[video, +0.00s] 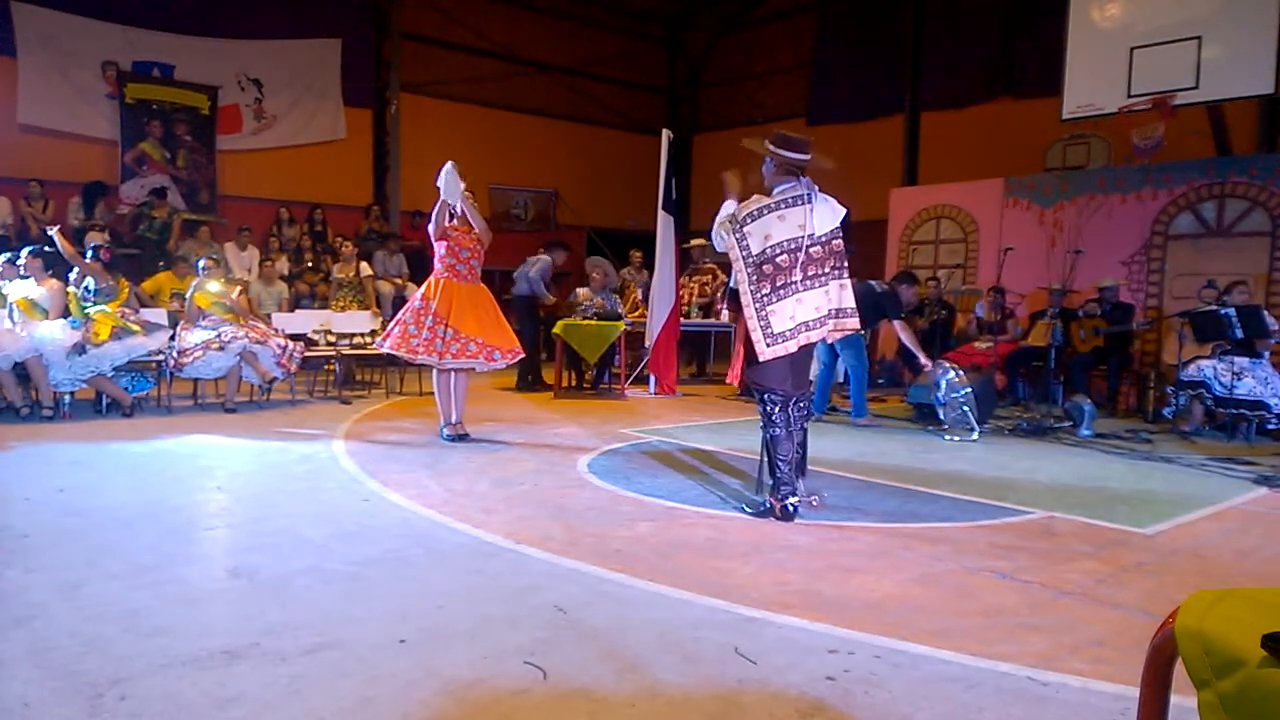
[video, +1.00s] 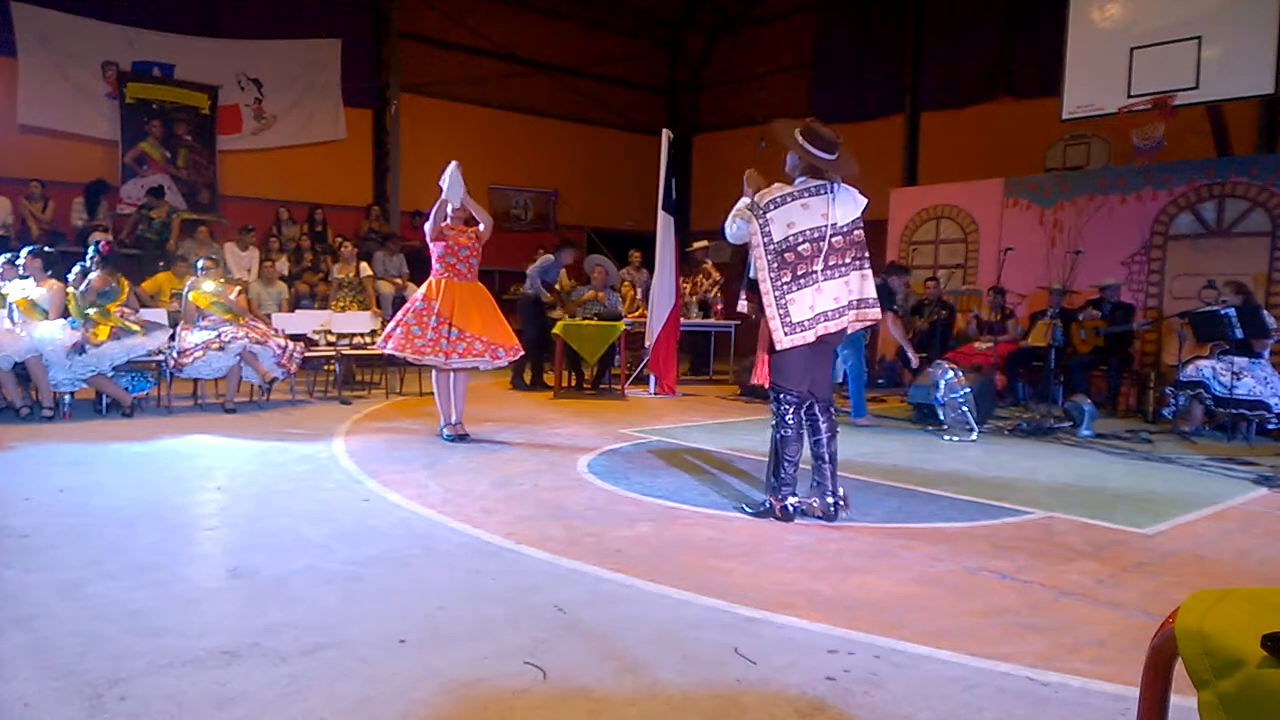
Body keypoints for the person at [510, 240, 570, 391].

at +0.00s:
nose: (564, 260)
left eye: (565, 257)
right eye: (564, 256)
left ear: (553, 251)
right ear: (556, 253)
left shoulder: (532, 259)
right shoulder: (546, 260)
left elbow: (517, 274)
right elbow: (533, 275)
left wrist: (530, 289)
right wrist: (547, 297)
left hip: (519, 297)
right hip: (528, 298)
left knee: (529, 340)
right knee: (531, 341)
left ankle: (535, 376)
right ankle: (524, 378)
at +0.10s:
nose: (568, 263)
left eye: (569, 259)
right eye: (568, 258)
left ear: (561, 256)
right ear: (561, 255)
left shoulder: (542, 261)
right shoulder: (549, 261)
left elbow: (522, 275)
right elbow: (534, 275)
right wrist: (547, 296)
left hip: (528, 298)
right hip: (527, 299)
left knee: (533, 341)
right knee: (530, 341)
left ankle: (537, 377)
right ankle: (523, 379)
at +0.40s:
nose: (577, 263)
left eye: (578, 259)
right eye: (576, 258)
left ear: (570, 258)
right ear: (570, 255)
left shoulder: (560, 268)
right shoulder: (556, 260)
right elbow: (539, 271)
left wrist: (552, 297)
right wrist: (551, 293)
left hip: (540, 300)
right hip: (531, 299)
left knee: (539, 341)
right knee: (529, 340)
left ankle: (538, 377)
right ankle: (520, 378)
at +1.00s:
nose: (572, 260)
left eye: (574, 256)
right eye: (571, 255)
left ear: (567, 255)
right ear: (564, 252)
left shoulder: (558, 268)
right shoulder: (549, 259)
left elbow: (551, 285)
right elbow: (532, 272)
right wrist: (543, 294)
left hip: (538, 301)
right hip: (528, 300)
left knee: (541, 340)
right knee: (529, 338)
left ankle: (537, 376)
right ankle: (517, 376)